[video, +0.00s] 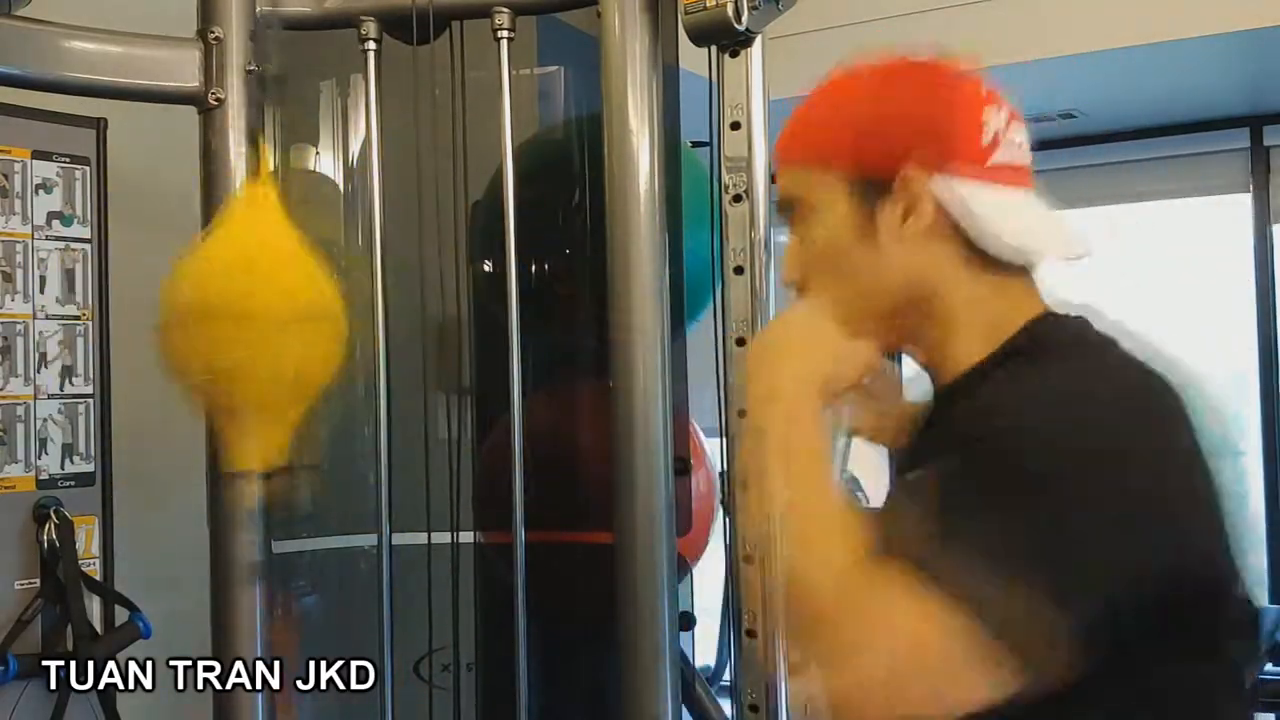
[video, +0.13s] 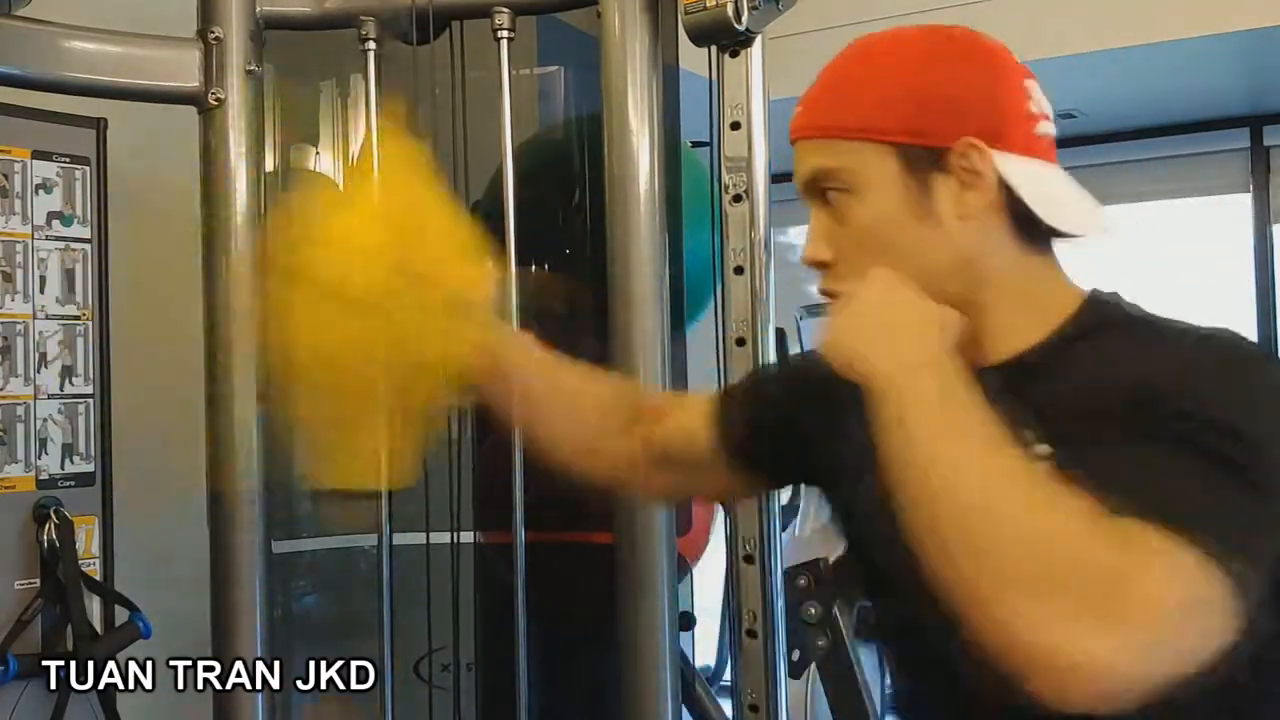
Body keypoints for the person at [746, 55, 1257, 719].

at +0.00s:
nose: (788, 270)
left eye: (798, 219)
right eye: (788, 225)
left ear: (908, 207)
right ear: (910, 208)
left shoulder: (1079, 414)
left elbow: (877, 683)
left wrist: (780, 399)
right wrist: (912, 429)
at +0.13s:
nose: (812, 251)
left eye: (834, 198)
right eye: (810, 209)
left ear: (966, 184)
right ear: (965, 186)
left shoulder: (1218, 390)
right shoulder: (856, 398)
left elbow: (1093, 652)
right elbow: (642, 441)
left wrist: (914, 372)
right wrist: (465, 334)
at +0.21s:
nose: (818, 266)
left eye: (848, 212)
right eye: (816, 223)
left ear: (983, 203)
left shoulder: (1227, 406)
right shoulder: (838, 420)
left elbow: (1180, 664)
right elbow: (611, 488)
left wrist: (965, 385)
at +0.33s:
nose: (805, 290)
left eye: (834, 235)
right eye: (805, 249)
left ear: (961, 226)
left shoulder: (1194, 422)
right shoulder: (832, 454)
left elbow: (1174, 669)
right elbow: (610, 484)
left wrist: (960, 413)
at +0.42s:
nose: (788, 261)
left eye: (811, 218)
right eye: (788, 230)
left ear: (941, 204)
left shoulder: (1168, 392)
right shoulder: (825, 430)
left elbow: (1105, 615)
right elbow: (625, 415)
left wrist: (904, 375)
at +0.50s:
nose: (783, 253)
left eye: (804, 206)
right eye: (785, 216)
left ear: (916, 198)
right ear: (914, 201)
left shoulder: (1138, 363)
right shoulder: (837, 408)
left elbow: (984, 552)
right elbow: (600, 397)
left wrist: (855, 348)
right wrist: (632, 224)